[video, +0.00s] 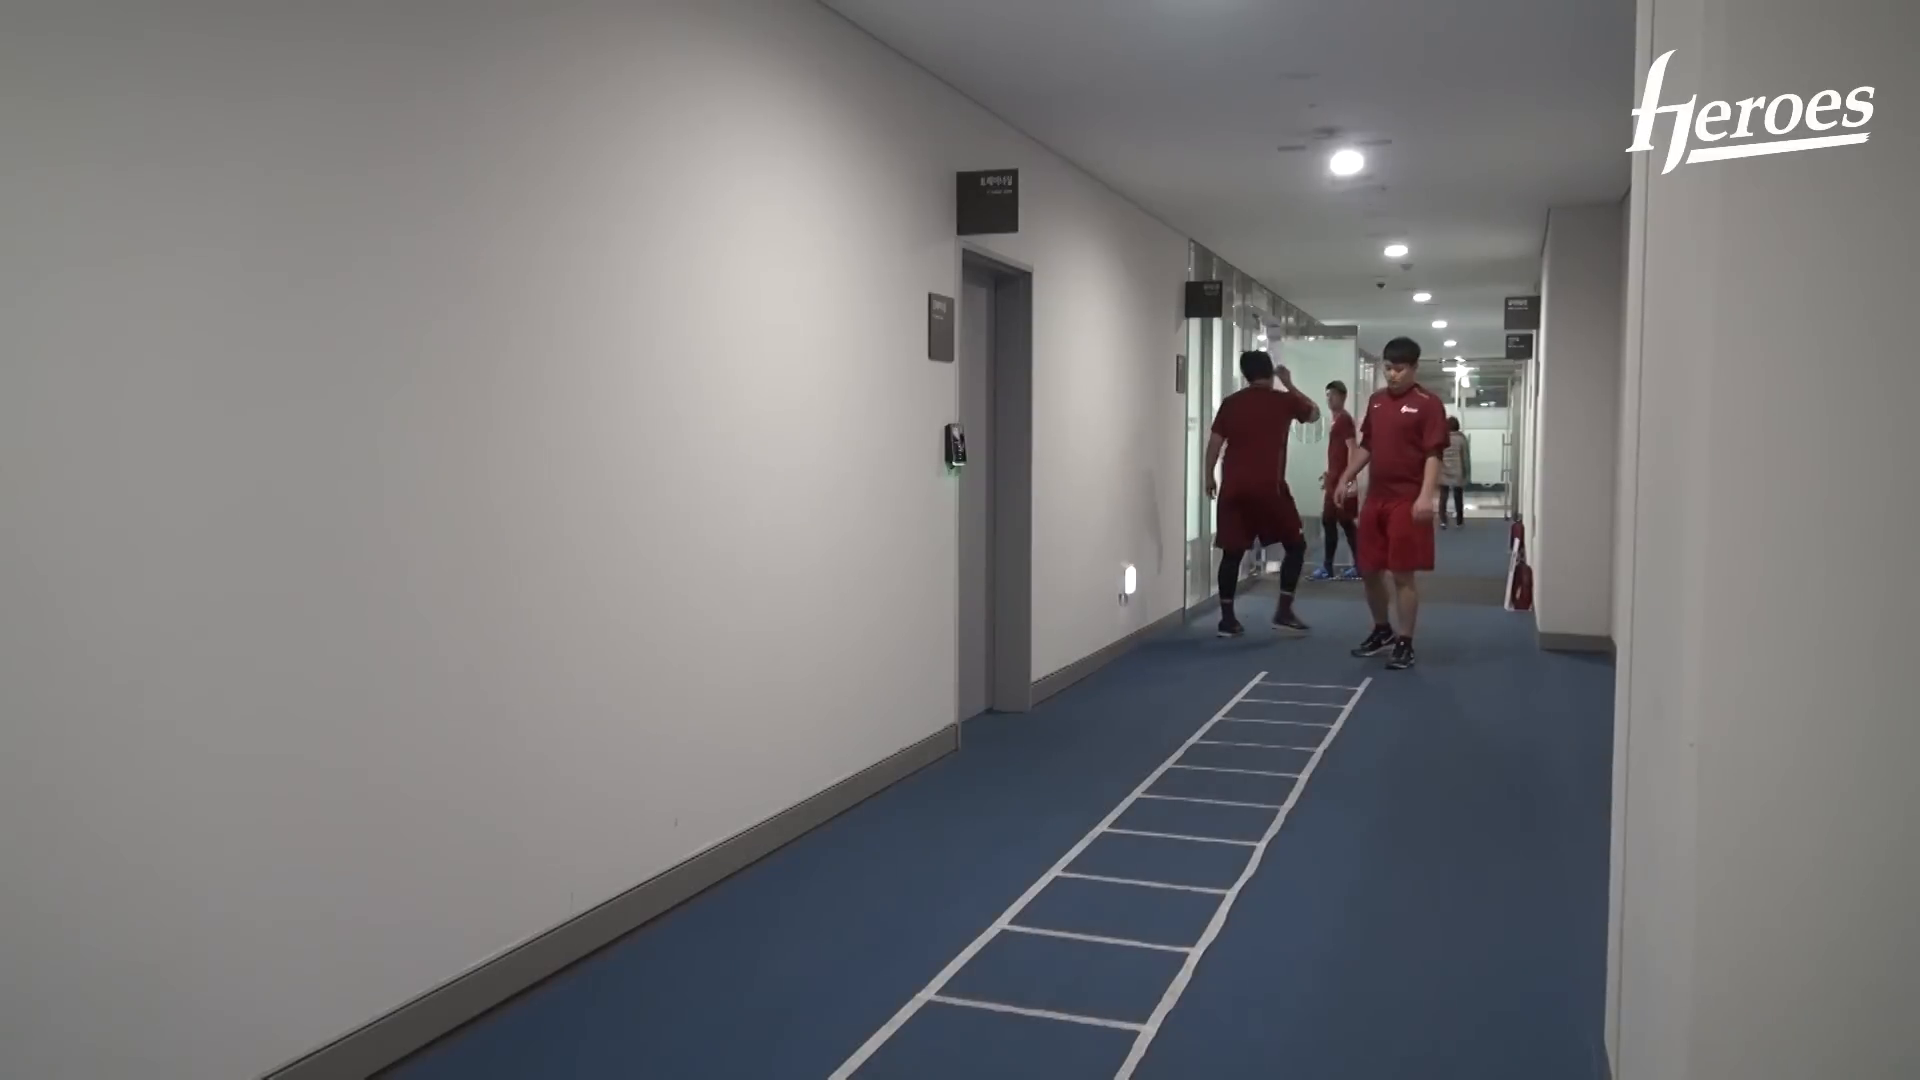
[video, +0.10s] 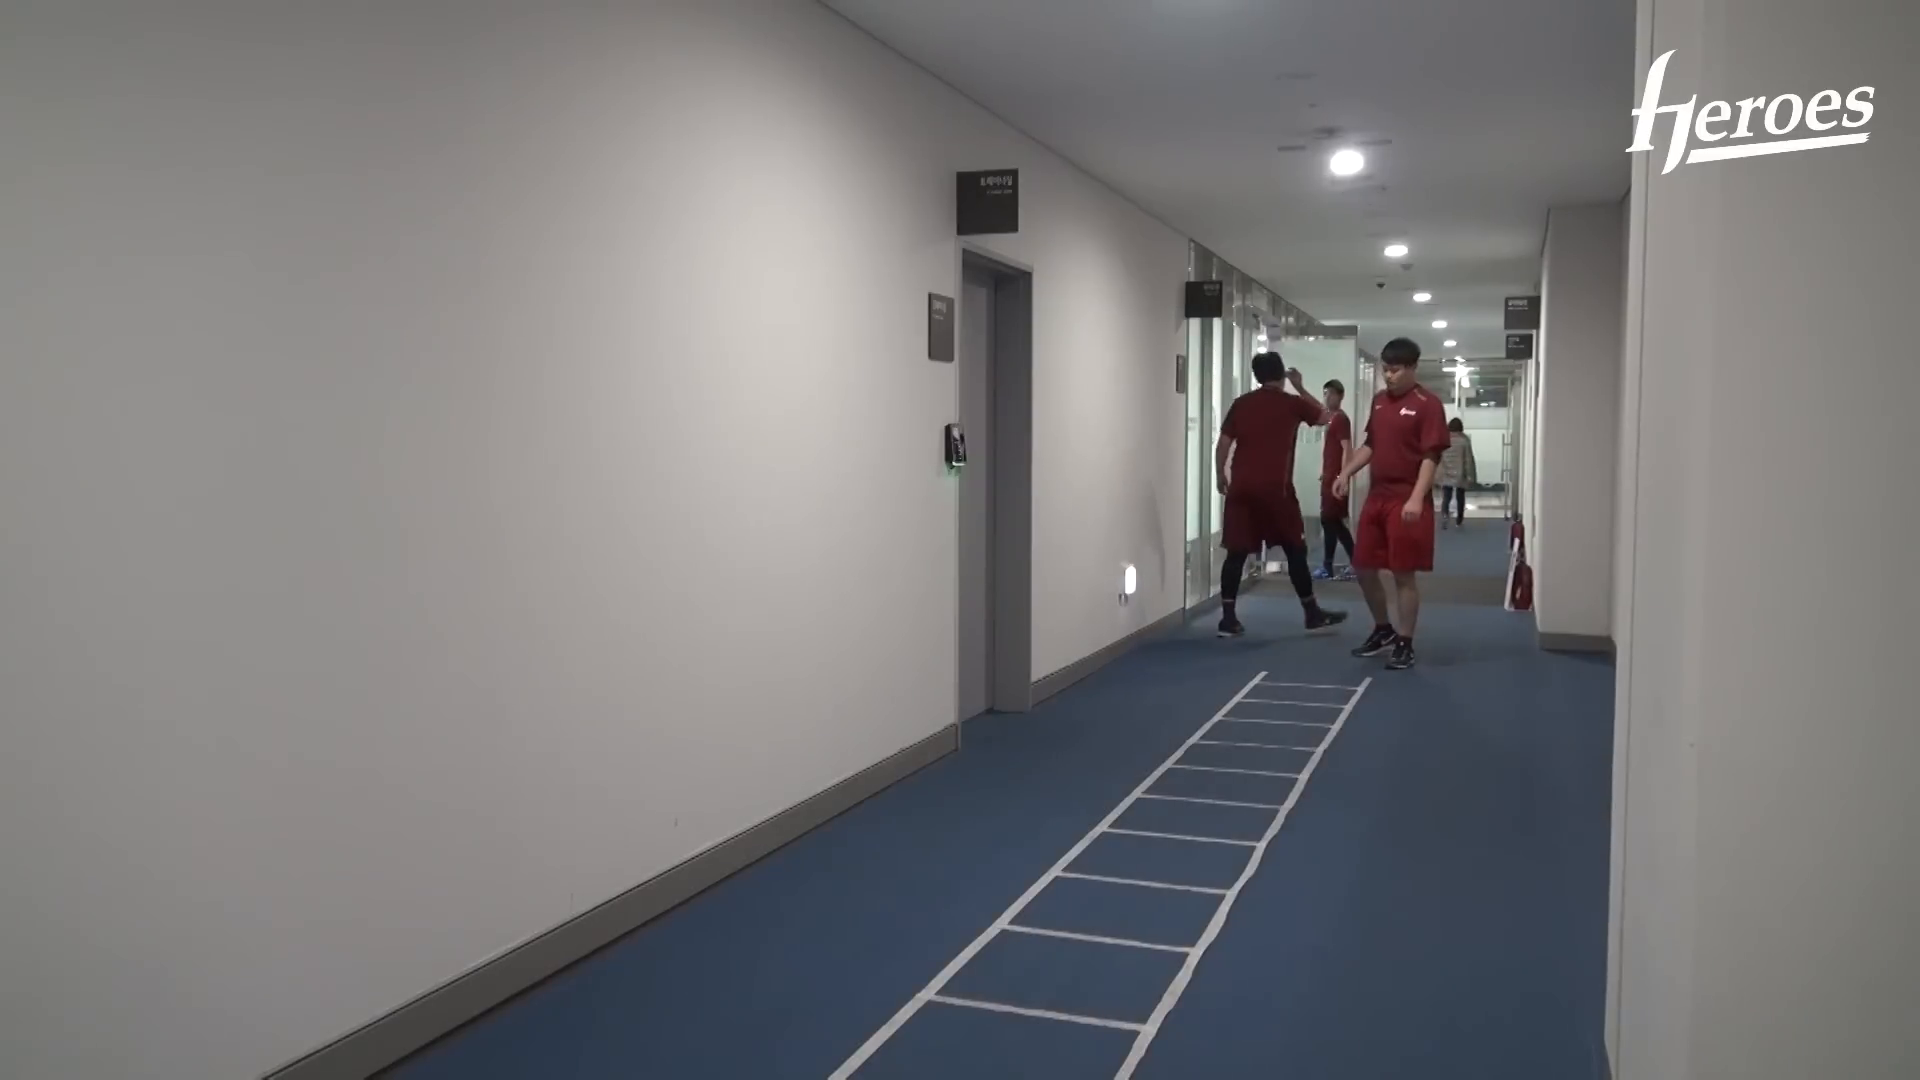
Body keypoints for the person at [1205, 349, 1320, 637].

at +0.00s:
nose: (1270, 377)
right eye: (1270, 372)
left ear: (1245, 375)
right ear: (1272, 373)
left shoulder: (1231, 402)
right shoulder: (1283, 400)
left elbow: (1215, 443)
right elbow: (1313, 413)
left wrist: (1208, 476)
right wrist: (1290, 385)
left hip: (1233, 489)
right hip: (1270, 488)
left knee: (1232, 553)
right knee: (1295, 545)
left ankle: (1227, 618)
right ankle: (1284, 611)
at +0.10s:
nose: (1282, 375)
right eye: (1281, 372)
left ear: (1256, 376)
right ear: (1281, 375)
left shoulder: (1241, 403)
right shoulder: (1290, 403)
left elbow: (1223, 444)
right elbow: (1324, 416)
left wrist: (1221, 475)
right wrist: (1300, 387)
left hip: (1241, 488)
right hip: (1276, 489)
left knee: (1235, 554)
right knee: (1295, 550)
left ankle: (1228, 618)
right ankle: (1312, 613)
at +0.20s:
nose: (1294, 382)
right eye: (1294, 377)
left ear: (1269, 378)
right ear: (1296, 378)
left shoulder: (1254, 405)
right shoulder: (1302, 406)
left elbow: (1235, 444)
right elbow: (1336, 421)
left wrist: (1231, 476)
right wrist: (1313, 391)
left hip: (1252, 490)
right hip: (1286, 492)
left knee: (1242, 555)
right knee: (1298, 554)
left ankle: (1229, 617)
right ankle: (1315, 615)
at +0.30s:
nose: (1308, 380)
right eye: (1308, 376)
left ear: (1282, 377)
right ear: (1308, 377)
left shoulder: (1267, 405)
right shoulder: (1315, 407)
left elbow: (1249, 444)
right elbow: (1348, 420)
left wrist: (1244, 478)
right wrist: (1329, 393)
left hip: (1266, 489)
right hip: (1300, 491)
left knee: (1254, 552)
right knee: (1308, 555)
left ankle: (1233, 610)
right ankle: (1318, 616)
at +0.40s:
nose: (1322, 378)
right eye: (1321, 374)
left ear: (1295, 375)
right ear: (1320, 375)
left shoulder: (1278, 402)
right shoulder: (1324, 403)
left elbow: (1261, 442)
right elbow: (1360, 416)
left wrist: (1255, 478)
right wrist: (1338, 388)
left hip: (1280, 488)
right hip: (1312, 490)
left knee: (1273, 546)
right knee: (1315, 552)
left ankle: (1246, 595)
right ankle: (1319, 616)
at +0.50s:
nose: (1332, 377)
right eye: (1331, 373)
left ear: (1305, 374)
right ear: (1330, 374)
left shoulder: (1289, 401)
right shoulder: (1335, 402)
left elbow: (1271, 441)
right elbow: (1368, 415)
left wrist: (1266, 477)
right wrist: (1349, 387)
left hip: (1288, 482)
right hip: (1320, 484)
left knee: (1291, 541)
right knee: (1319, 548)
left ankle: (1266, 587)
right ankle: (1319, 615)